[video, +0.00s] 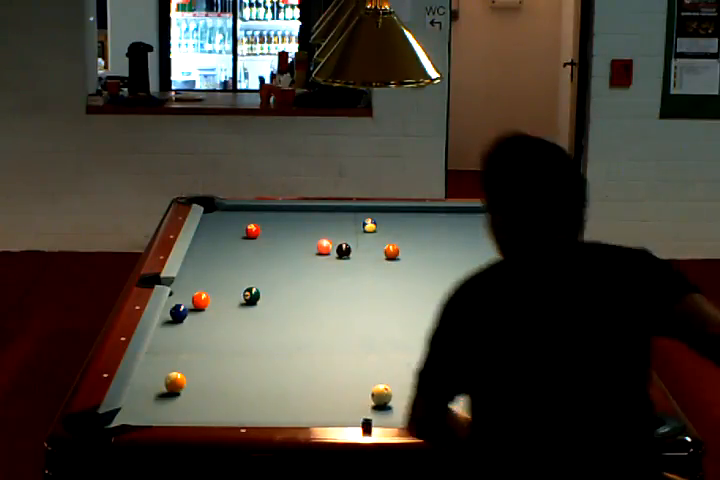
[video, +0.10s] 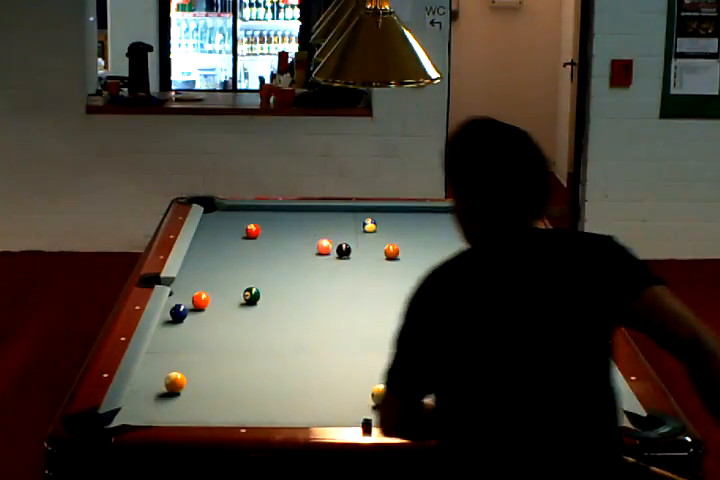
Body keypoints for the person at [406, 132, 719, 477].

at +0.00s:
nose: (492, 224)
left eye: (495, 209)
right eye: (499, 208)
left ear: (499, 215)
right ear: (578, 207)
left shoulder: (474, 298)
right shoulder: (635, 274)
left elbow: (426, 417)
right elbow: (713, 334)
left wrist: (489, 444)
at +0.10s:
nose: (456, 204)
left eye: (455, 192)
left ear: (458, 199)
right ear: (543, 189)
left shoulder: (440, 287)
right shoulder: (596, 258)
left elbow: (397, 419)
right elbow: (698, 344)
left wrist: (462, 418)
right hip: (591, 476)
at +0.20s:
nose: (419, 201)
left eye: (422, 186)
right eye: (425, 184)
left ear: (426, 198)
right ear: (503, 186)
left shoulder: (403, 290)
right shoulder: (558, 258)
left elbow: (367, 428)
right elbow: (659, 350)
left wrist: (434, 414)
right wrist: (710, 440)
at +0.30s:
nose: (383, 201)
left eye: (384, 188)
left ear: (381, 202)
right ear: (461, 191)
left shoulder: (362, 296)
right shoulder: (515, 268)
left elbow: (321, 433)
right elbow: (615, 356)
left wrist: (366, 418)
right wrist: (678, 447)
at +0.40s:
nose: (337, 208)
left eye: (336, 196)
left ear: (336, 205)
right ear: (414, 197)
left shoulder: (315, 301)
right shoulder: (465, 275)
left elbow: (270, 430)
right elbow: (565, 376)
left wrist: (322, 436)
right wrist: (625, 454)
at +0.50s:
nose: (286, 214)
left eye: (283, 202)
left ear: (285, 213)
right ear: (365, 204)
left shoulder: (260, 307)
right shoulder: (413, 287)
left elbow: (215, 435)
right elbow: (520, 395)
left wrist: (272, 441)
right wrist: (569, 465)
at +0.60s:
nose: (242, 215)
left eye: (235, 204)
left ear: (235, 214)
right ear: (317, 200)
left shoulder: (206, 310)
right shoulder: (364, 288)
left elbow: (159, 440)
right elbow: (467, 394)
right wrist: (527, 470)